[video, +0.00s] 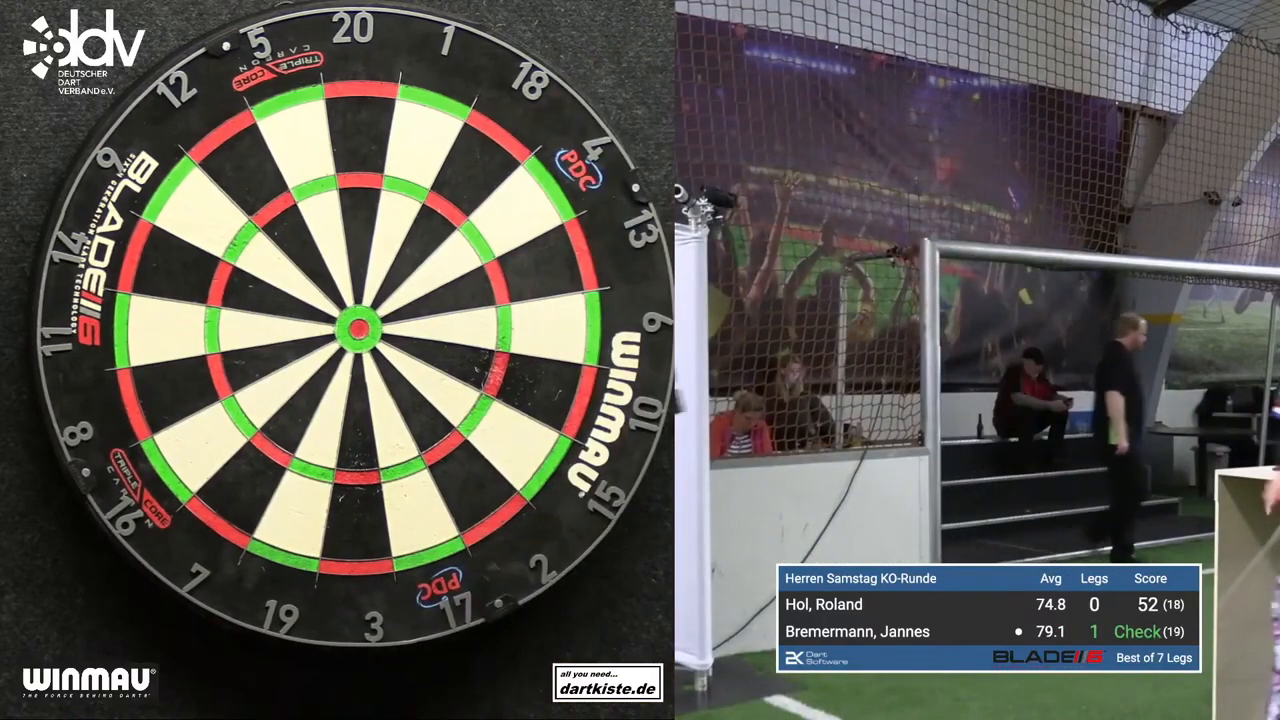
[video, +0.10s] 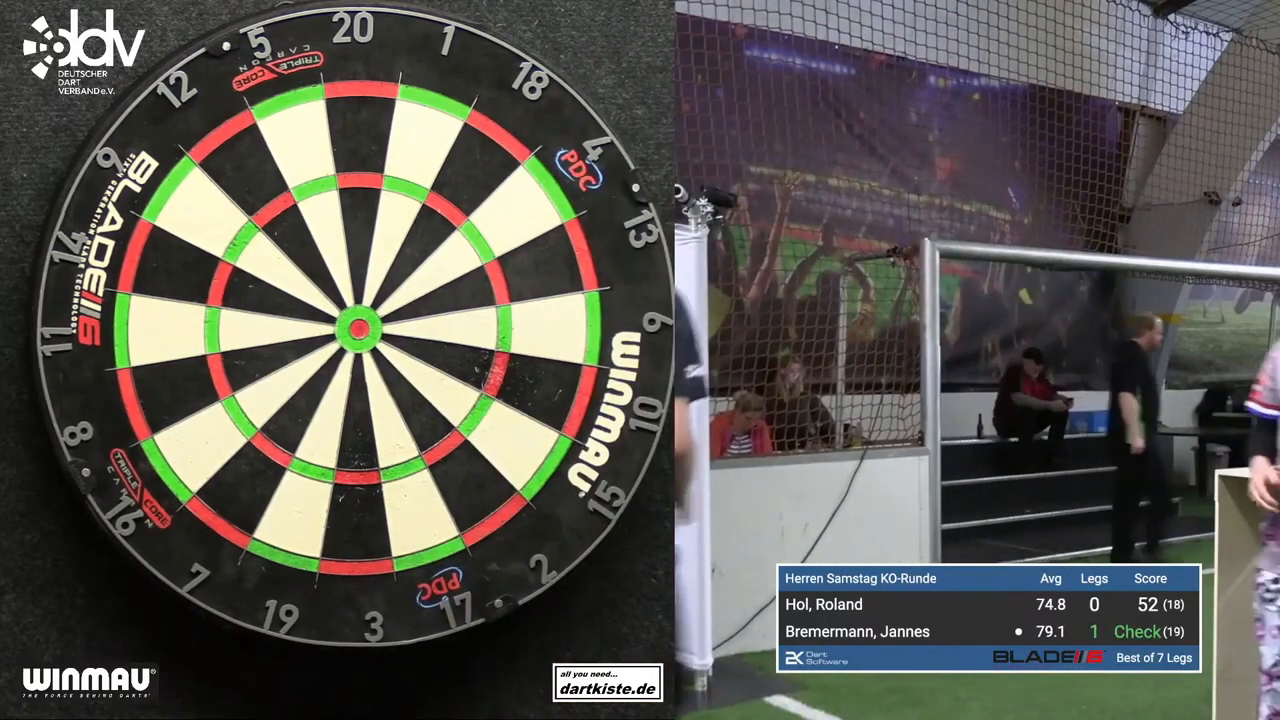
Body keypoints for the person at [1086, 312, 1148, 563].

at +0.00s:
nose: (1145, 339)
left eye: (1145, 335)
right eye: (1143, 334)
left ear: (1128, 333)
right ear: (1131, 333)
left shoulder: (1117, 356)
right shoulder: (1117, 356)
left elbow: (1116, 396)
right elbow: (1114, 396)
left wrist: (1126, 434)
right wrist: (1121, 436)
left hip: (1122, 439)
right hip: (1118, 440)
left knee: (1128, 491)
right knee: (1130, 491)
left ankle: (1123, 550)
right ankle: (1121, 552)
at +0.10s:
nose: (1160, 339)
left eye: (1160, 334)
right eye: (1158, 333)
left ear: (1145, 333)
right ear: (1146, 333)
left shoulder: (1133, 354)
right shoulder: (1131, 354)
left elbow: (1132, 395)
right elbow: (1126, 395)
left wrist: (1142, 432)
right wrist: (1135, 433)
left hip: (1135, 439)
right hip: (1136, 440)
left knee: (1126, 498)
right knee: (1161, 495)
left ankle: (1121, 554)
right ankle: (1153, 548)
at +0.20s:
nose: (1177, 340)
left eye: (1177, 335)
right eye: (1175, 335)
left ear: (1160, 335)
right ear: (1163, 336)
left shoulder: (1153, 358)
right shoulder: (1149, 358)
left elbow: (1155, 401)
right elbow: (1143, 400)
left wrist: (1168, 431)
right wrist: (1150, 438)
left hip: (1151, 442)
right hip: (1151, 444)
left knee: (1133, 499)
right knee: (1174, 496)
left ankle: (1123, 552)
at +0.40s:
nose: (1210, 340)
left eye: (1209, 335)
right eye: (1207, 335)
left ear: (1190, 336)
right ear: (1194, 336)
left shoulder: (1182, 357)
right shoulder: (1184, 360)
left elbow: (1184, 404)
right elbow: (1179, 404)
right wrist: (1184, 444)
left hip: (1178, 442)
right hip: (1183, 444)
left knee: (1167, 498)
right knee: (1204, 501)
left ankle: (1134, 541)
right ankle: (1210, 553)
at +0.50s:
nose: (1218, 337)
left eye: (1218, 332)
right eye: (1215, 332)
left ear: (1197, 333)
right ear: (1204, 334)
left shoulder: (1187, 357)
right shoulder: (1199, 359)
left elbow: (1182, 401)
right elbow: (1197, 402)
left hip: (1189, 437)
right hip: (1196, 438)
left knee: (1202, 490)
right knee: (1203, 491)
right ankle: (1153, 531)